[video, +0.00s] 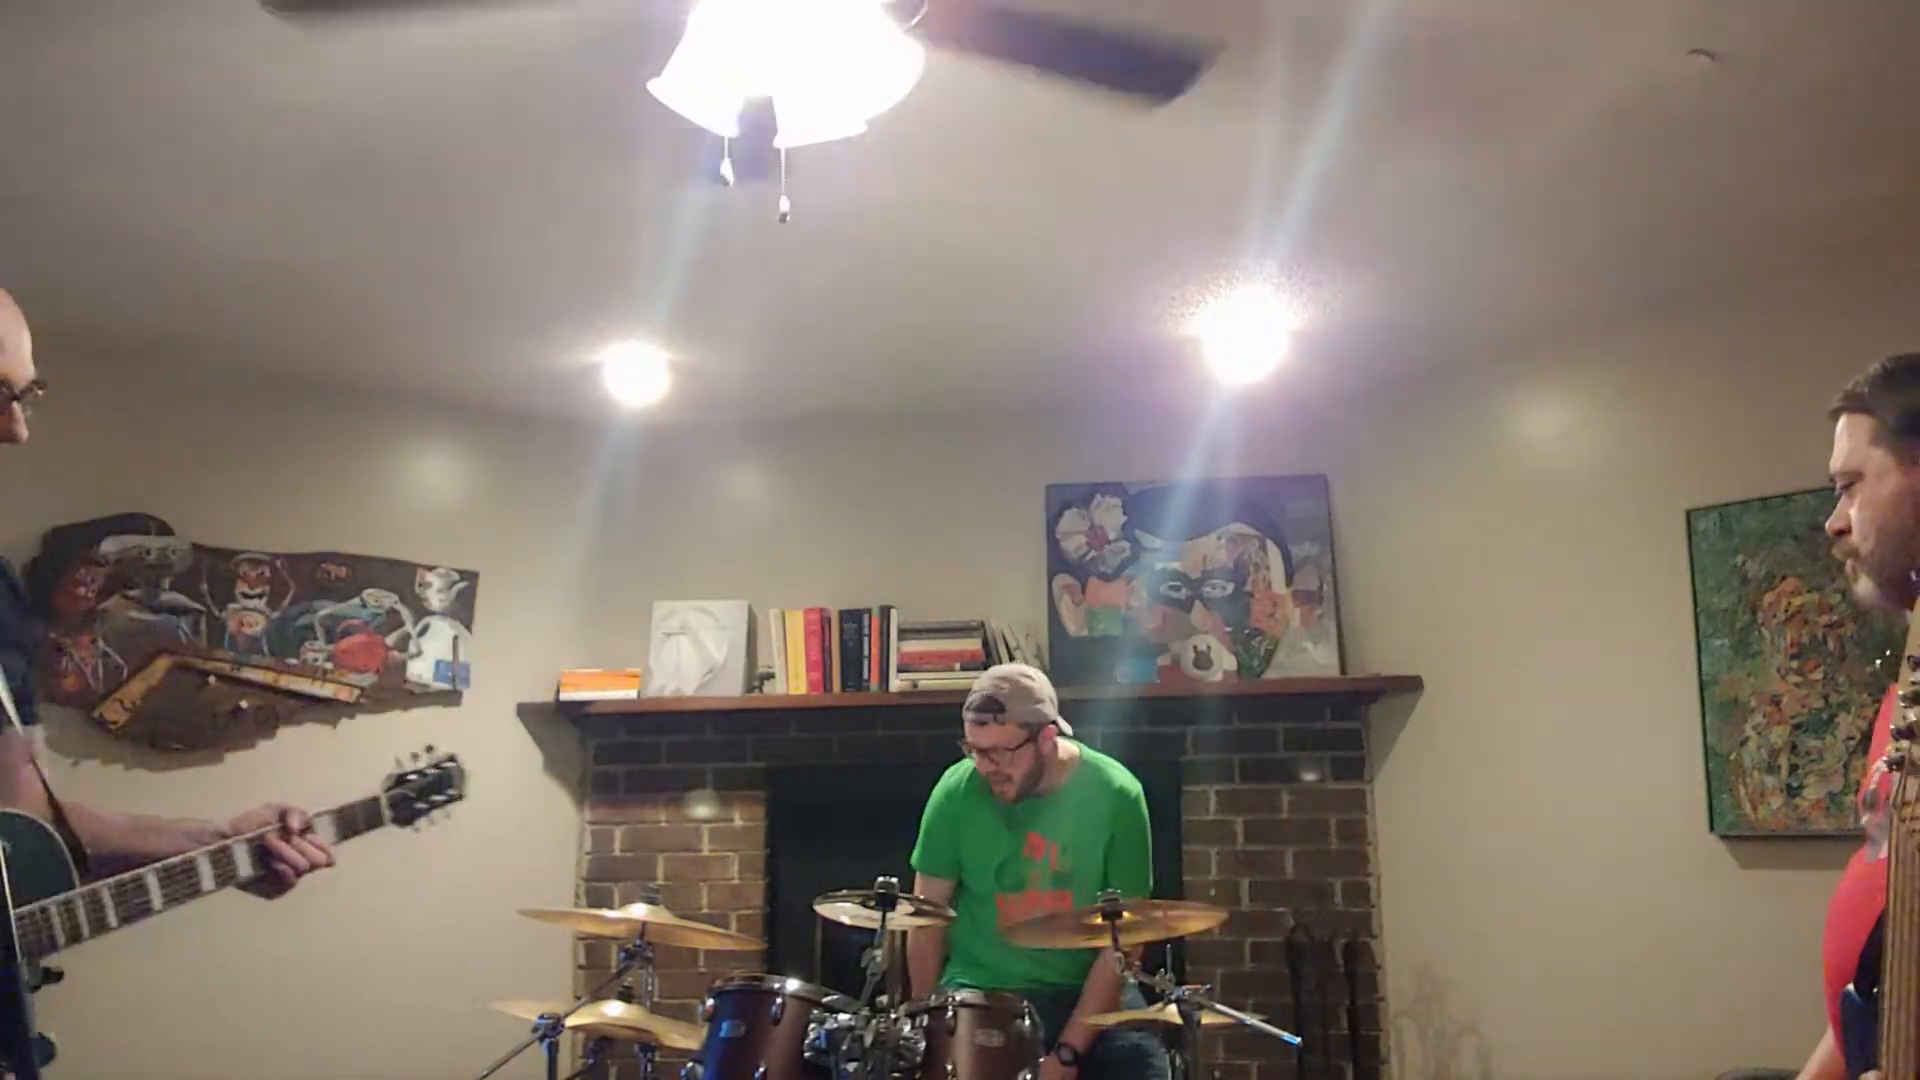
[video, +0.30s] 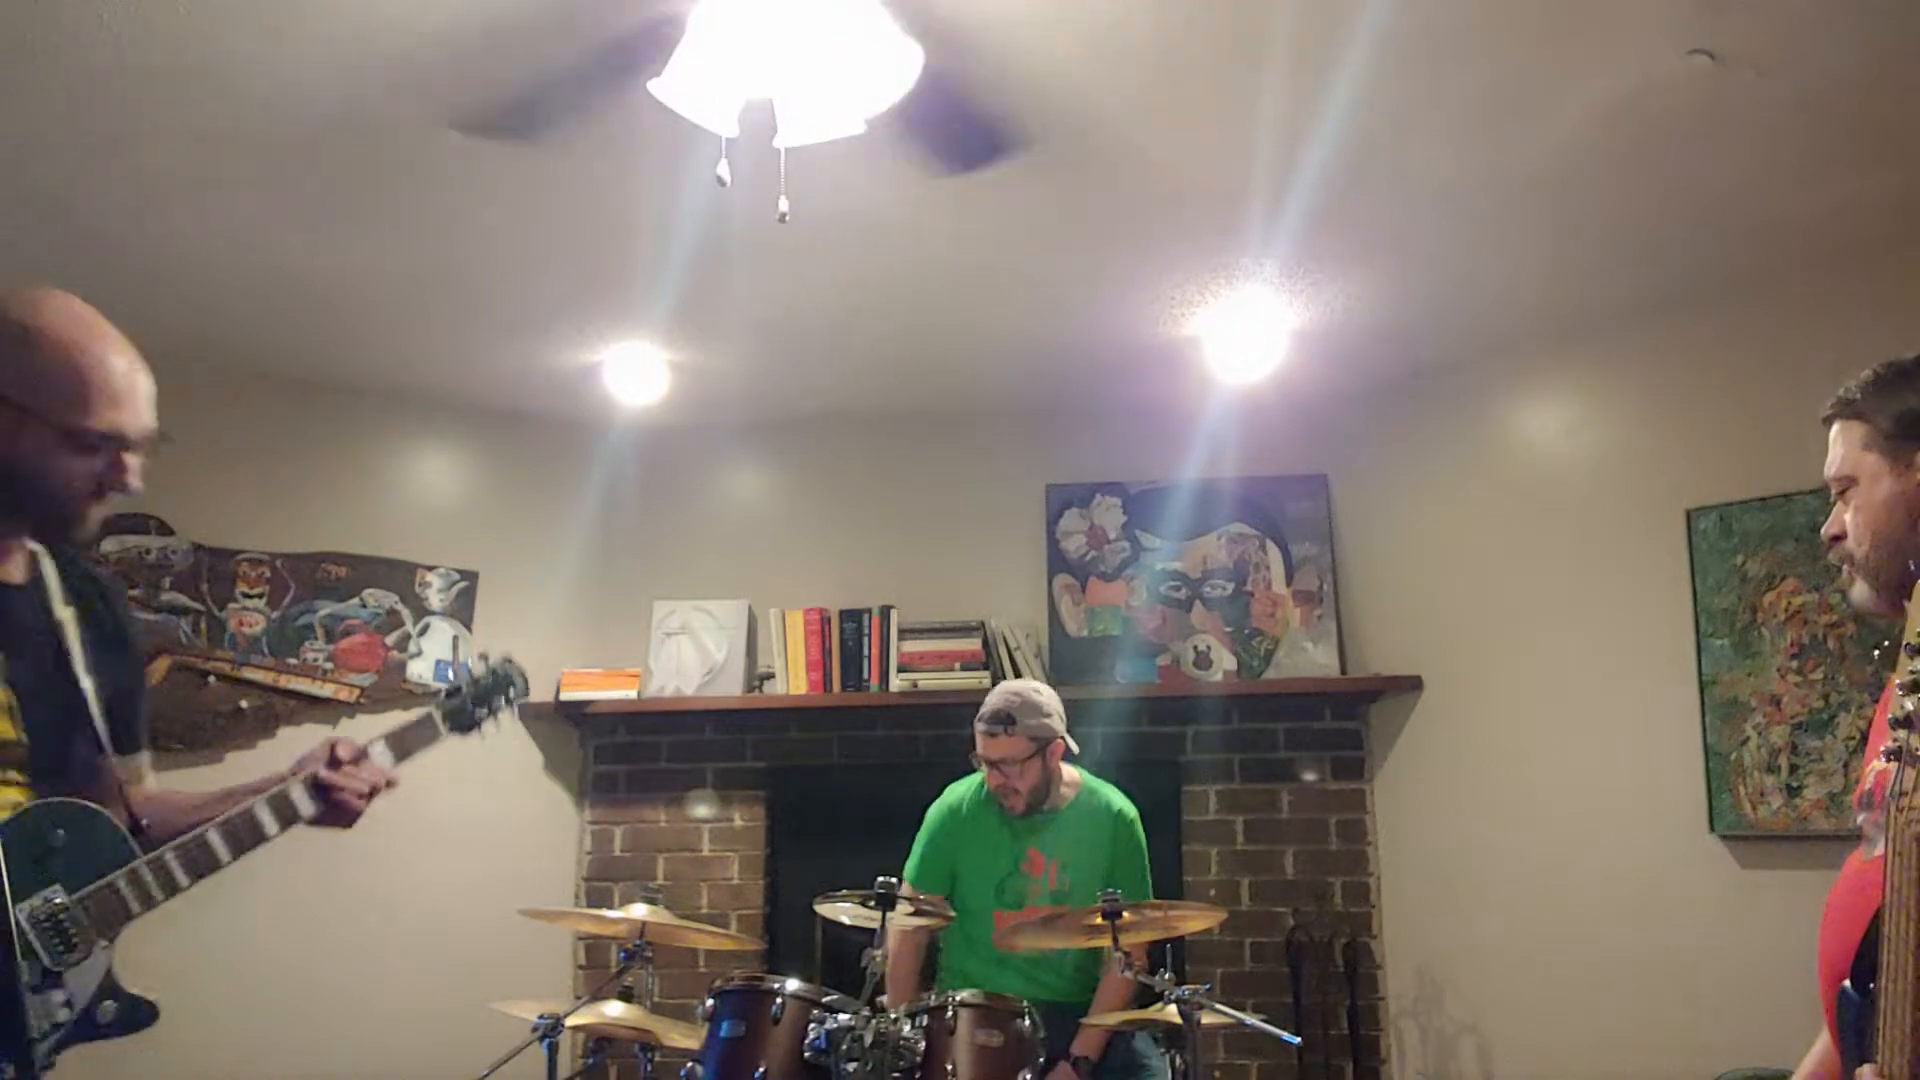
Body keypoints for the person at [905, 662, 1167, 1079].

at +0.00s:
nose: (984, 768)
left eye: (997, 754)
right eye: (975, 752)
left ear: (1047, 738)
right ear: (966, 742)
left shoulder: (1115, 796)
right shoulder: (956, 792)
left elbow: (1126, 937)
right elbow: (926, 917)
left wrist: (1066, 1053)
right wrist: (925, 1029)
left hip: (1085, 991)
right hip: (980, 990)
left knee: (1142, 1064)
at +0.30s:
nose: (994, 781)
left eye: (1008, 765)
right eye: (986, 764)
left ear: (1056, 752)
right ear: (976, 753)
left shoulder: (1114, 819)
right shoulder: (954, 812)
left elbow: (1128, 953)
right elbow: (908, 929)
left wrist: (1078, 1060)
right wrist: (901, 1039)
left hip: (1079, 1021)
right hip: (972, 1021)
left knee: (1147, 1069)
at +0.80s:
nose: (974, 813)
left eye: (986, 798)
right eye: (965, 800)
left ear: (1028, 782)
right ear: (957, 794)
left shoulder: (1099, 851)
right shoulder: (954, 862)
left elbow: (1151, 967)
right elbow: (905, 979)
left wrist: (1104, 1011)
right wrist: (886, 1054)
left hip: (1084, 1035)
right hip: (980, 1036)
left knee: (1149, 1074)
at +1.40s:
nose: (958, 849)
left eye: (970, 834)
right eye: (946, 835)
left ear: (1009, 814)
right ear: (935, 823)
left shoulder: (1081, 849)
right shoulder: (933, 877)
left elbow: (1142, 952)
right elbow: (901, 1004)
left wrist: (1092, 1017)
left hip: (1077, 1037)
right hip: (977, 1043)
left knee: (1131, 1075)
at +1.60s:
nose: (949, 880)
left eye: (963, 868)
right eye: (941, 864)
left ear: (1011, 850)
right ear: (933, 844)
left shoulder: (1076, 863)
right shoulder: (927, 890)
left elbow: (1129, 978)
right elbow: (893, 1009)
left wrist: (1056, 1060)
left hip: (1077, 1046)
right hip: (973, 1053)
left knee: (1130, 1074)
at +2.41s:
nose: (932, 839)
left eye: (942, 823)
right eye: (923, 826)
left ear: (986, 803)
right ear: (915, 821)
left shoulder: (1073, 844)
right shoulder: (928, 883)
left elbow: (1132, 959)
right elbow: (901, 1009)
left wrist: (1073, 1046)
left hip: (1081, 1038)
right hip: (980, 1048)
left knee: (1134, 1075)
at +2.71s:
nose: (947, 796)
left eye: (957, 779)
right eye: (940, 785)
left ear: (1004, 768)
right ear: (936, 786)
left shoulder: (1078, 841)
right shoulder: (928, 862)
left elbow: (1132, 954)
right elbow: (893, 971)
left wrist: (1063, 994)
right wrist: (911, 1015)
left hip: (1060, 1033)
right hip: (954, 1033)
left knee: (1127, 1072)